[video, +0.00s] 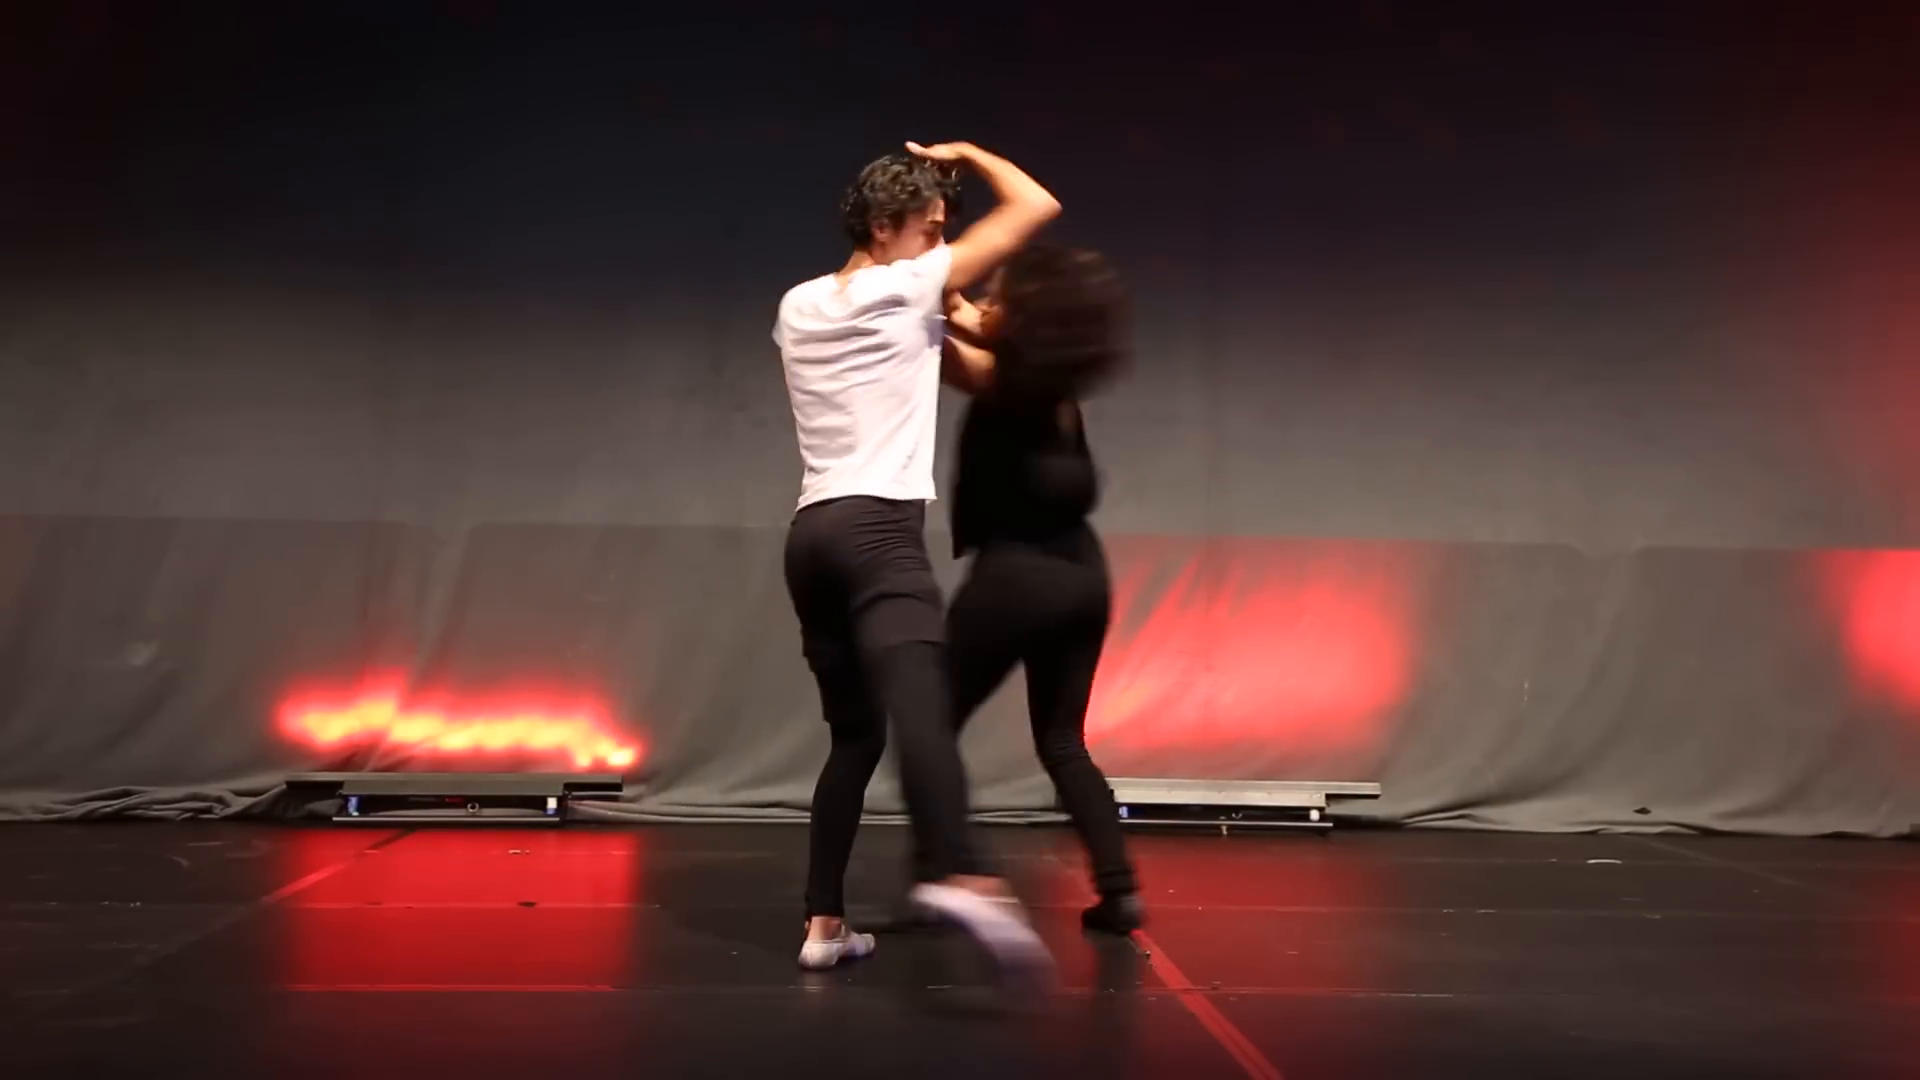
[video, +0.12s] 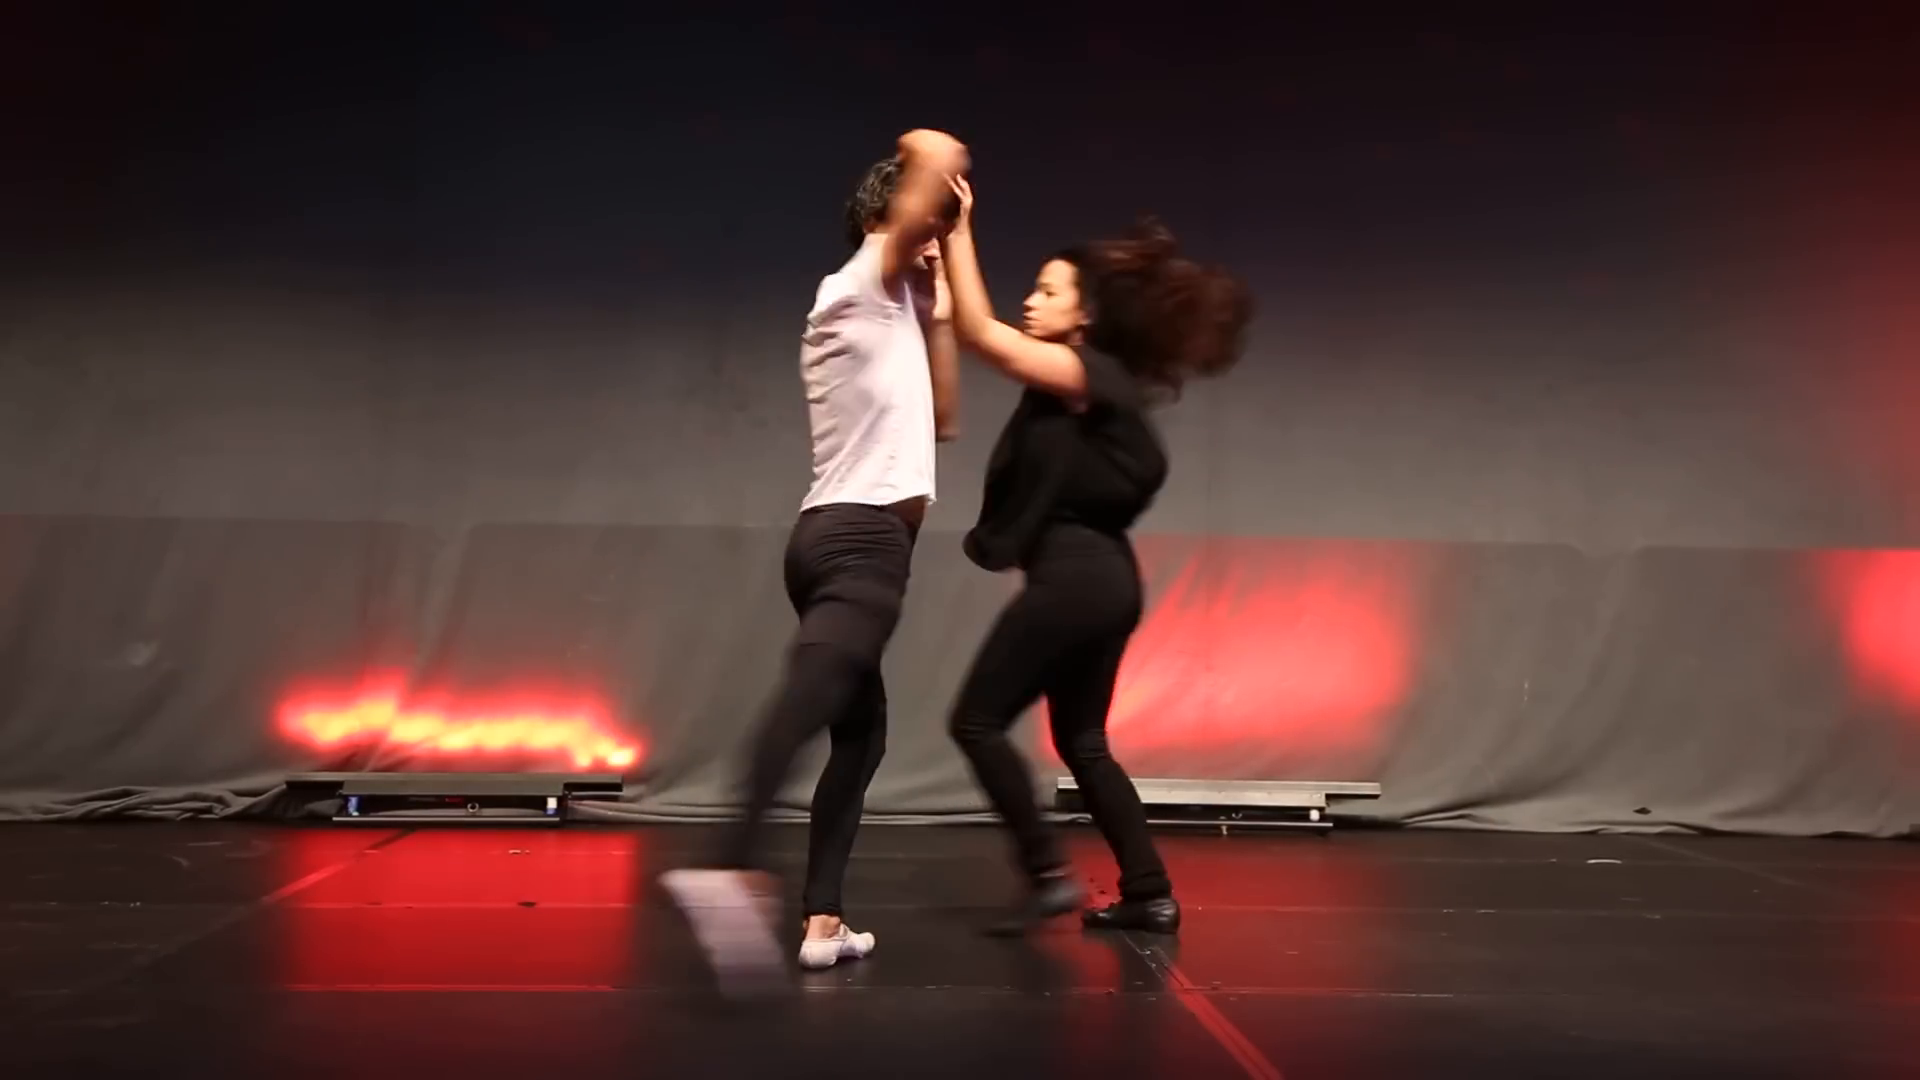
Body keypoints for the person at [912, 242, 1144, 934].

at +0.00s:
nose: (982, 303)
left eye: (998, 296)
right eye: (988, 293)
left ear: (1021, 316)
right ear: (1077, 324)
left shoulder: (997, 377)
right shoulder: (1063, 385)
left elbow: (922, 340)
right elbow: (990, 340)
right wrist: (939, 304)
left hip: (1008, 580)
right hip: (1079, 579)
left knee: (929, 720)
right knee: (1063, 743)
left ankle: (945, 875)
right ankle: (1119, 893)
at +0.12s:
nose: (1030, 301)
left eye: (1048, 292)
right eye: (1036, 288)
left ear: (1090, 310)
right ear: (1084, 314)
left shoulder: (1082, 370)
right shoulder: (1097, 376)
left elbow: (976, 327)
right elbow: (979, 332)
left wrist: (953, 228)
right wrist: (951, 235)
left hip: (1073, 577)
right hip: (1103, 577)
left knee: (976, 722)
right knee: (1083, 744)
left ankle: (1044, 874)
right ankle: (1149, 897)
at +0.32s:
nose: (1073, 283)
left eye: (1090, 274)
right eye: (1078, 273)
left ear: (1128, 297)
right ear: (1091, 291)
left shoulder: (1142, 354)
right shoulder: (1072, 358)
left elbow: (1055, 301)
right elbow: (1021, 307)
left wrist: (997, 222)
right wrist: (986, 231)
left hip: (1149, 574)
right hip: (1107, 577)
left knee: (1102, 731)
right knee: (1097, 733)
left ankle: (1196, 873)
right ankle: (1148, 889)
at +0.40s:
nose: (1089, 274)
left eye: (1105, 266)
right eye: (1091, 265)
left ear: (1148, 285)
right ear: (1099, 284)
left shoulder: (1153, 340)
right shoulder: (1076, 349)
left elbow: (1055, 271)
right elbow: (1016, 285)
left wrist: (997, 182)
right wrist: (984, 203)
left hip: (1173, 564)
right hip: (1117, 569)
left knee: (1143, 728)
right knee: (1115, 734)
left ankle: (1229, 890)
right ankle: (1152, 894)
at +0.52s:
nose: (1100, 260)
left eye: (1118, 252)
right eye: (1103, 249)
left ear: (1161, 274)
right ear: (1105, 270)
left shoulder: (1171, 325)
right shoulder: (1082, 332)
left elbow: (1085, 253)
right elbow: (1007, 254)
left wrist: (1003, 181)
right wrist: (975, 170)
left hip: (1203, 556)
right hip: (1139, 559)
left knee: (1197, 722)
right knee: (1148, 724)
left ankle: (1234, 903)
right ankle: (1158, 890)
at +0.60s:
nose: (1110, 262)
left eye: (1126, 252)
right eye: (1111, 250)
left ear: (1171, 272)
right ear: (1112, 268)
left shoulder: (1182, 322)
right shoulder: (1094, 331)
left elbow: (1088, 253)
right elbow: (1018, 256)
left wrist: (1006, 182)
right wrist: (967, 171)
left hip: (1218, 554)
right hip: (1151, 554)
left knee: (1216, 723)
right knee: (1156, 723)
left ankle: (1236, 904)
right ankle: (1151, 881)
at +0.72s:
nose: (1123, 265)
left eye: (1141, 254)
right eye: (1123, 254)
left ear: (1184, 270)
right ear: (1123, 265)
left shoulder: (1202, 322)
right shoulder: (1108, 325)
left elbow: (1093, 294)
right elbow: (1034, 269)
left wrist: (1017, 218)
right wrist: (987, 212)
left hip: (1237, 555)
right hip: (1167, 555)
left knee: (1224, 726)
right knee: (1146, 720)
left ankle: (1233, 907)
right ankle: (1147, 877)